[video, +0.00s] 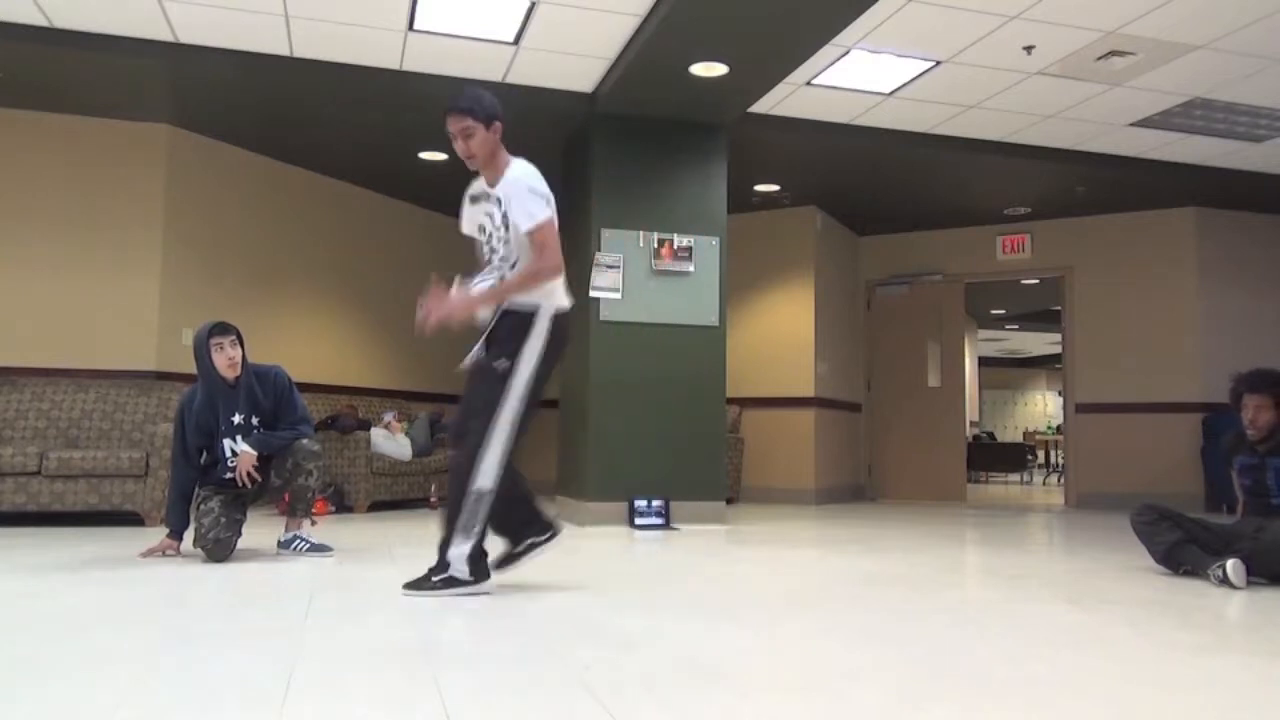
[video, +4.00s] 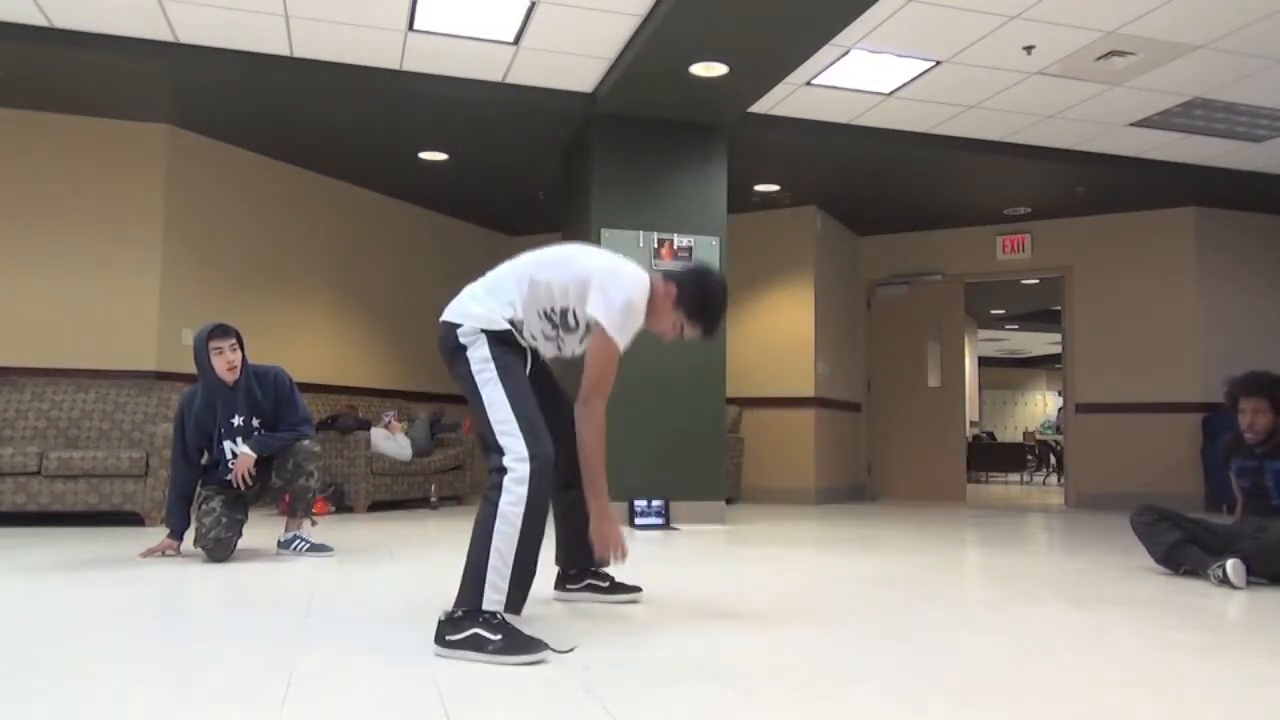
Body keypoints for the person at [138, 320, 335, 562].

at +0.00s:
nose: (231, 354)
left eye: (234, 345)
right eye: (219, 349)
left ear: (242, 349)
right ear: (205, 358)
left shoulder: (272, 380)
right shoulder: (194, 403)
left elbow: (303, 429)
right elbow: (184, 470)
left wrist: (255, 444)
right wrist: (174, 535)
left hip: (266, 477)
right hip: (220, 488)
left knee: (307, 449)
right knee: (215, 549)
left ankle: (292, 535)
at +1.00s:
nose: (231, 358)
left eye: (234, 349)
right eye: (220, 352)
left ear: (243, 351)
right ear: (205, 360)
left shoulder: (272, 380)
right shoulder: (194, 403)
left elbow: (304, 430)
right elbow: (184, 470)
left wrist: (256, 445)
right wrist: (174, 535)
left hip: (267, 476)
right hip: (221, 488)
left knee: (308, 450)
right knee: (215, 549)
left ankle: (292, 534)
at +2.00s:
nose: (229, 357)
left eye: (233, 348)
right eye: (218, 352)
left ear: (241, 350)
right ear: (204, 361)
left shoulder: (272, 381)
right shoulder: (193, 404)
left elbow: (304, 430)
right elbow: (184, 471)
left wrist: (255, 446)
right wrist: (174, 535)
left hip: (267, 476)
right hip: (220, 488)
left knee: (308, 450)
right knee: (215, 549)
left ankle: (292, 534)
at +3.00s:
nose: (229, 357)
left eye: (232, 348)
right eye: (218, 352)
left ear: (241, 350)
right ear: (204, 360)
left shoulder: (272, 381)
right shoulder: (193, 404)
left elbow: (304, 430)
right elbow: (184, 471)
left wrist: (255, 446)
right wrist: (174, 535)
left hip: (266, 476)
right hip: (220, 488)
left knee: (306, 450)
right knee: (215, 549)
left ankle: (292, 534)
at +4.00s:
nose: (230, 358)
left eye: (234, 349)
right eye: (219, 353)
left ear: (242, 351)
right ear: (204, 361)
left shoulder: (273, 381)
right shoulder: (194, 403)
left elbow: (304, 430)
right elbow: (184, 470)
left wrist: (255, 447)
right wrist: (174, 535)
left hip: (266, 476)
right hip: (221, 487)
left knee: (307, 451)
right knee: (216, 549)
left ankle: (292, 534)